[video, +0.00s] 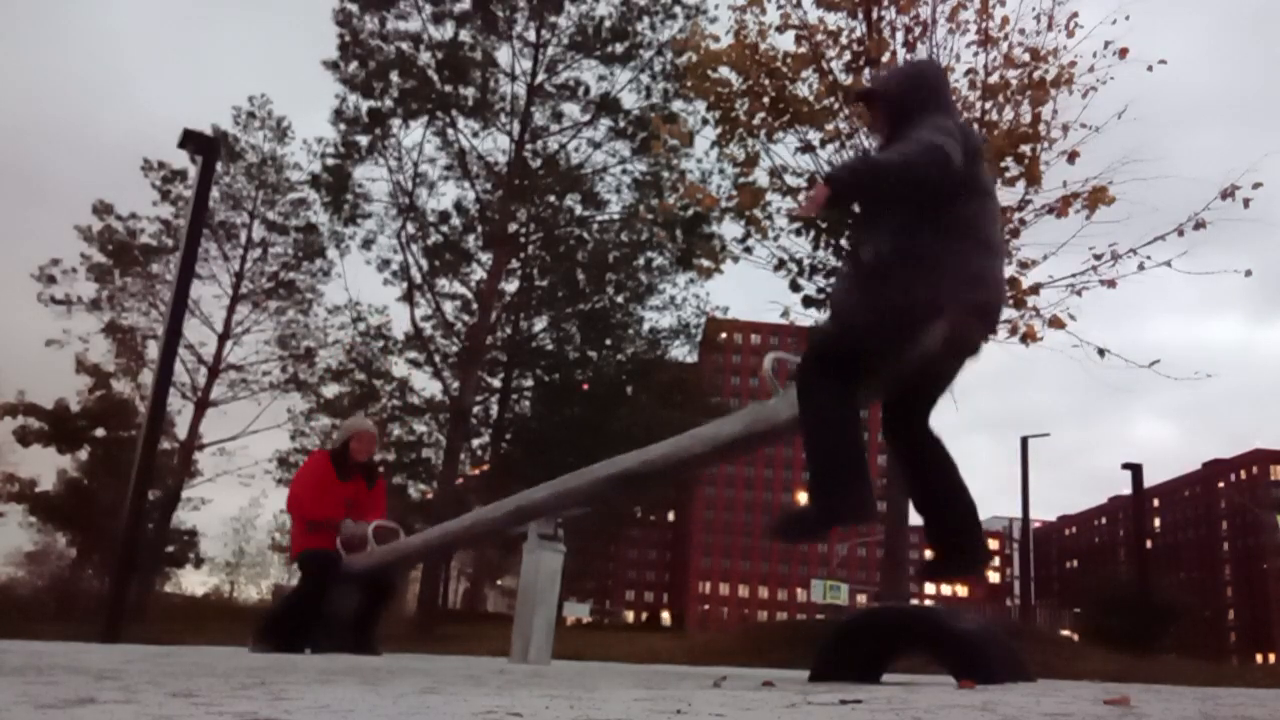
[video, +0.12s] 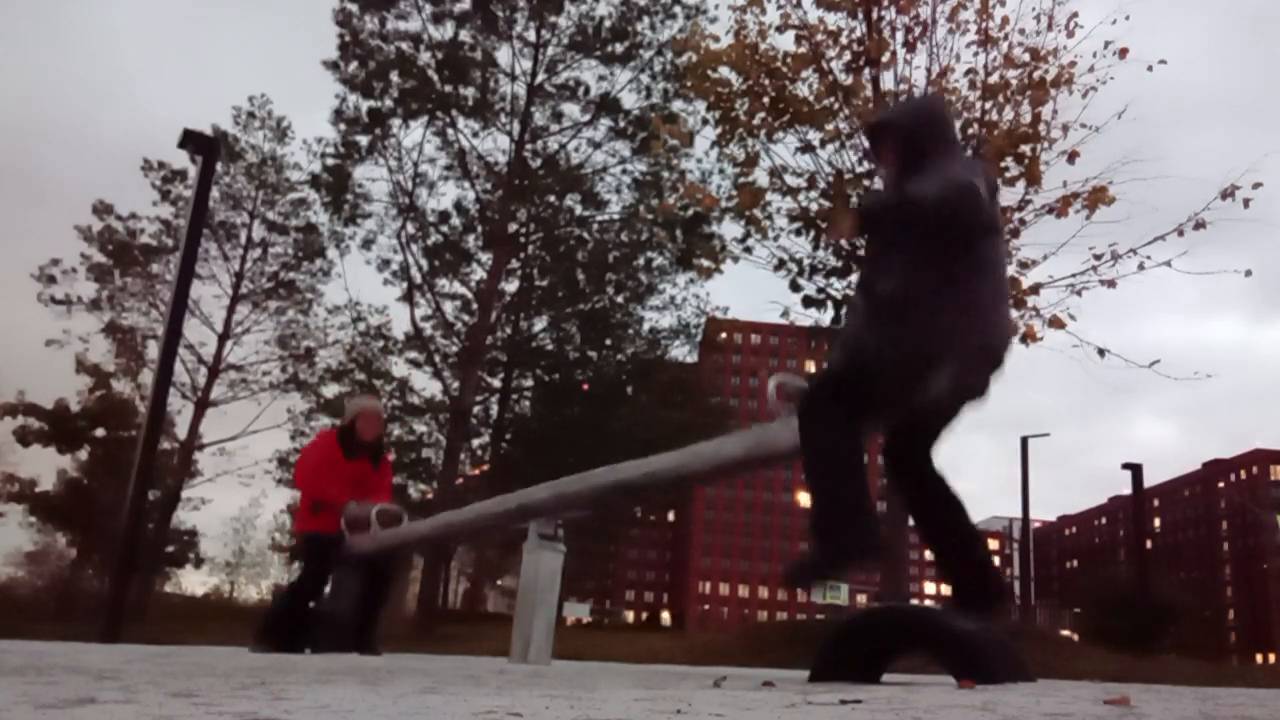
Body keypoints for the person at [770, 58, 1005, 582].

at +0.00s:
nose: (871, 118)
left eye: (878, 106)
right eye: (871, 107)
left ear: (904, 100)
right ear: (926, 98)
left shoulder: (938, 129)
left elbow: (930, 164)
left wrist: (839, 182)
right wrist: (847, 208)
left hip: (925, 295)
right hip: (963, 305)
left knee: (822, 367)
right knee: (905, 415)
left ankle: (838, 496)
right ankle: (961, 549)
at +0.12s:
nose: (877, 159)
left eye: (884, 146)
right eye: (876, 148)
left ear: (912, 140)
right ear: (928, 138)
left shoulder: (957, 178)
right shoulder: (904, 204)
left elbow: (945, 202)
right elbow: (879, 307)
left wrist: (865, 215)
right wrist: (828, 376)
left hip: (952, 343)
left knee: (824, 406)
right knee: (906, 455)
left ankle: (845, 536)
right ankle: (978, 587)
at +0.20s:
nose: (883, 188)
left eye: (890, 176)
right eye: (882, 178)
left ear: (917, 170)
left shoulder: (968, 209)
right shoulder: (904, 232)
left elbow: (941, 242)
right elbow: (879, 334)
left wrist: (884, 259)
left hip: (953, 374)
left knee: (829, 445)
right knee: (915, 489)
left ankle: (858, 601)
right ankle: (982, 627)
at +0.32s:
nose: (891, 240)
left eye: (898, 227)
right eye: (890, 230)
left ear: (926, 220)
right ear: (932, 223)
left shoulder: (969, 260)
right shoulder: (918, 278)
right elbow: (897, 379)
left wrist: (895, 331)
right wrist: (864, 440)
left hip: (954, 426)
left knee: (834, 503)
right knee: (915, 535)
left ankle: (875, 633)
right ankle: (1000, 643)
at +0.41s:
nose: (888, 258)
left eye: (897, 246)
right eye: (886, 248)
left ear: (928, 245)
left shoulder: (975, 294)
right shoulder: (912, 314)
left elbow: (973, 354)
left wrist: (902, 373)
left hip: (968, 455)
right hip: (935, 455)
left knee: (829, 522)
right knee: (894, 556)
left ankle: (891, 653)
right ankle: (997, 646)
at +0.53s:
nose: (892, 288)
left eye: (902, 274)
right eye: (890, 277)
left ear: (932, 274)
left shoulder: (980, 321)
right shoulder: (910, 341)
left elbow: (992, 384)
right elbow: (890, 437)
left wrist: (907, 430)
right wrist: (860, 495)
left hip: (973, 492)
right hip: (929, 493)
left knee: (819, 532)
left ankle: (893, 655)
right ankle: (998, 660)